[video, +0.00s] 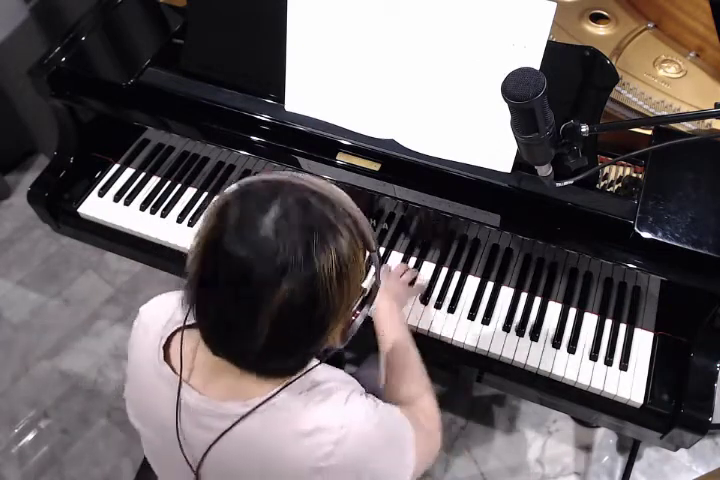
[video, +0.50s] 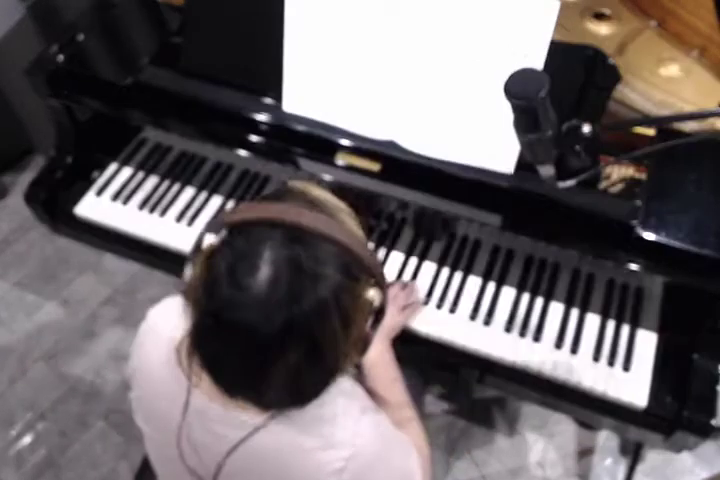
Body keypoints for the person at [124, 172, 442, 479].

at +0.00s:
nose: (359, 295)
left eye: (356, 284)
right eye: (353, 289)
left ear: (206, 265)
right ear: (327, 317)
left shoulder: (154, 320)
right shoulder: (337, 429)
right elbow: (422, 430)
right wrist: (391, 311)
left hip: (164, 463)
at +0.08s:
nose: (360, 295)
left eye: (358, 285)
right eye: (356, 288)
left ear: (206, 266)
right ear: (328, 318)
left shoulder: (157, 319)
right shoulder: (345, 436)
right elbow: (415, 444)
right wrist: (384, 316)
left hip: (160, 462)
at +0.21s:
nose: (363, 291)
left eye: (358, 285)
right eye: (356, 290)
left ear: (204, 273)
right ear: (331, 327)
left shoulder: (160, 320)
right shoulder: (342, 437)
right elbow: (413, 457)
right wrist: (379, 328)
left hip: (158, 460)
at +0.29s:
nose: (364, 284)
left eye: (360, 279)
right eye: (359, 283)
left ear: (204, 276)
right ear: (332, 330)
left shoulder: (161, 322)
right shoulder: (343, 437)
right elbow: (413, 460)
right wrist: (379, 333)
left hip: (159, 460)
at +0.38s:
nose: (368, 301)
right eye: (362, 301)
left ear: (208, 280)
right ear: (338, 336)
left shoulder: (161, 327)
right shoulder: (347, 443)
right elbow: (416, 465)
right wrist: (378, 347)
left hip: (158, 462)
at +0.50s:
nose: (367, 305)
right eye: (361, 305)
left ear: (209, 282)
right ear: (337, 340)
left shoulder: (161, 328)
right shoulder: (349, 446)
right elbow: (417, 466)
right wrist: (379, 350)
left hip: (160, 463)